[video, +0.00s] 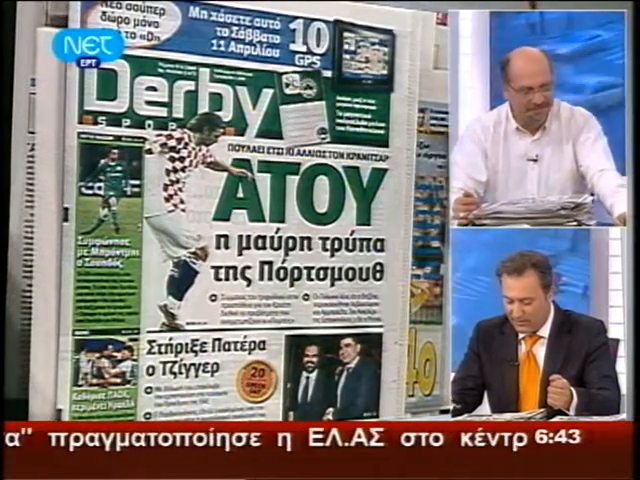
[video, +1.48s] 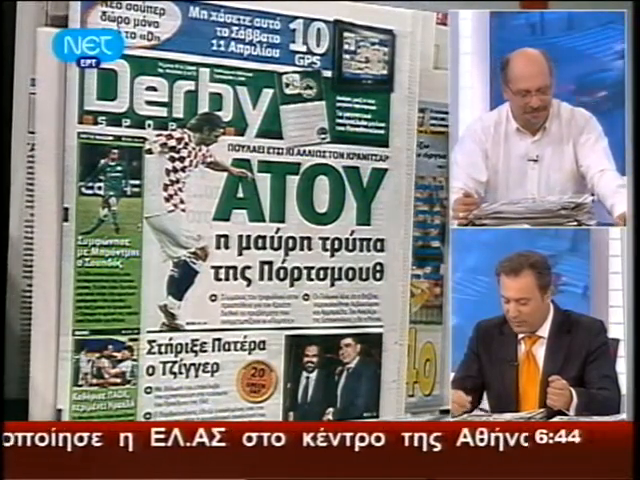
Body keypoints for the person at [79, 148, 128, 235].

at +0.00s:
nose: (115, 156)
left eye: (116, 154)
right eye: (113, 154)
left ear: (118, 155)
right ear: (109, 155)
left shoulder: (122, 165)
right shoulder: (104, 164)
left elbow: (126, 177)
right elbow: (96, 174)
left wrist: (127, 187)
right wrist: (86, 182)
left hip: (118, 189)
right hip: (108, 189)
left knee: (105, 213)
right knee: (113, 206)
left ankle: (91, 231)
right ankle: (116, 225)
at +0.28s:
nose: (115, 156)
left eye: (116, 154)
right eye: (113, 154)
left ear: (118, 155)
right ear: (109, 155)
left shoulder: (122, 165)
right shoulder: (104, 164)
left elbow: (126, 177)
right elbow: (96, 174)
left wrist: (128, 187)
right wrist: (86, 182)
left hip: (118, 189)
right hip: (108, 189)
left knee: (105, 213)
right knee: (113, 205)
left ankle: (91, 230)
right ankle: (116, 225)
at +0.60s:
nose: (115, 156)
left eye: (116, 154)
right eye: (113, 154)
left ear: (118, 155)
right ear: (109, 155)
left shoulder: (122, 165)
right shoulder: (104, 164)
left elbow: (126, 177)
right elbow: (96, 174)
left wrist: (128, 187)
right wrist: (86, 182)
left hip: (118, 189)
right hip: (108, 189)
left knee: (105, 213)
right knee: (113, 205)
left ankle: (91, 231)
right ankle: (116, 225)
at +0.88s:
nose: (115, 156)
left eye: (116, 154)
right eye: (113, 154)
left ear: (118, 155)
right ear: (109, 155)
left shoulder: (122, 165)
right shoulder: (104, 164)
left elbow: (126, 177)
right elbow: (96, 174)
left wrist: (128, 187)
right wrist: (86, 182)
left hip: (118, 189)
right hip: (108, 189)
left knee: (105, 213)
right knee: (113, 205)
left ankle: (91, 231)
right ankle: (116, 225)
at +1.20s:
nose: (115, 156)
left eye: (116, 154)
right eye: (113, 154)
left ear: (118, 155)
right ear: (109, 155)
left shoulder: (122, 165)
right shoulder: (104, 164)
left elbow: (126, 177)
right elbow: (96, 174)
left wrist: (128, 187)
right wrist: (86, 182)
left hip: (118, 189)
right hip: (108, 189)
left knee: (105, 213)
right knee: (113, 205)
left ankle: (91, 230)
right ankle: (116, 225)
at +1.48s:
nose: (115, 156)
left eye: (116, 154)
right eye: (113, 154)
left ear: (118, 155)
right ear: (109, 155)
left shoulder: (122, 165)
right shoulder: (104, 165)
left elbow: (126, 177)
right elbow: (96, 174)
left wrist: (128, 187)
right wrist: (86, 182)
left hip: (118, 189)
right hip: (108, 189)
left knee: (105, 213)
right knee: (113, 206)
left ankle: (91, 230)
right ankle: (116, 225)